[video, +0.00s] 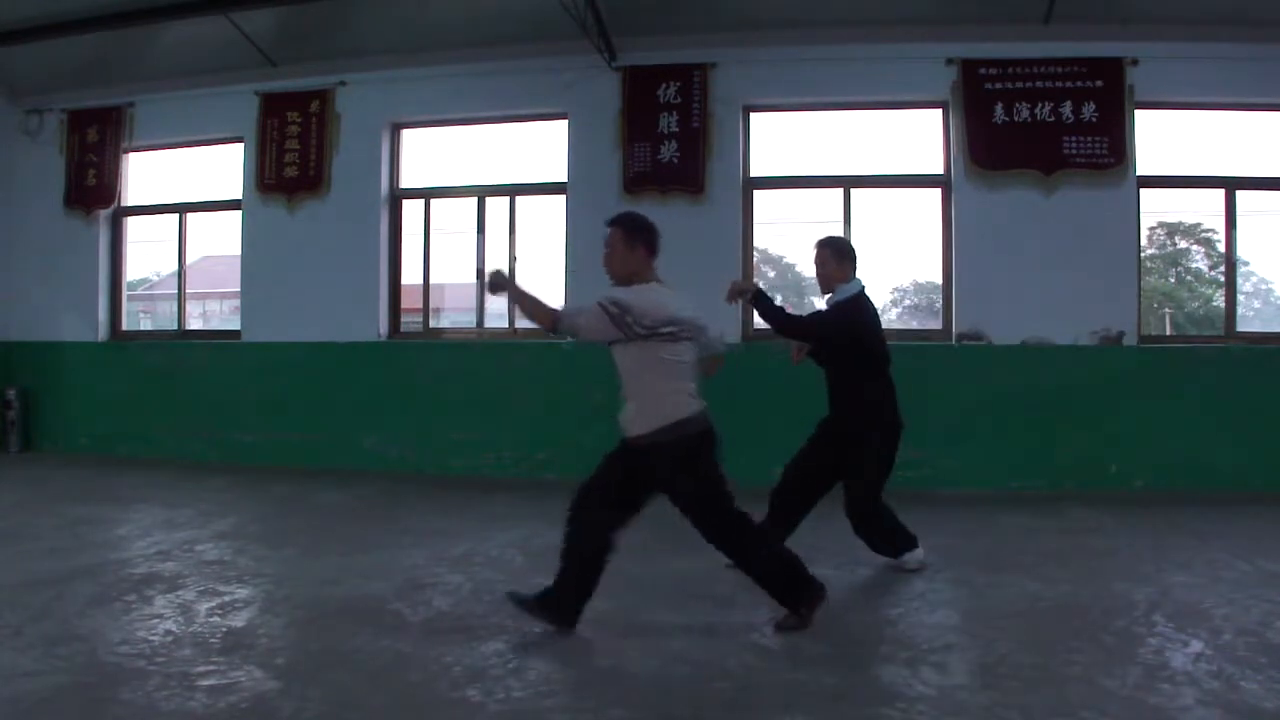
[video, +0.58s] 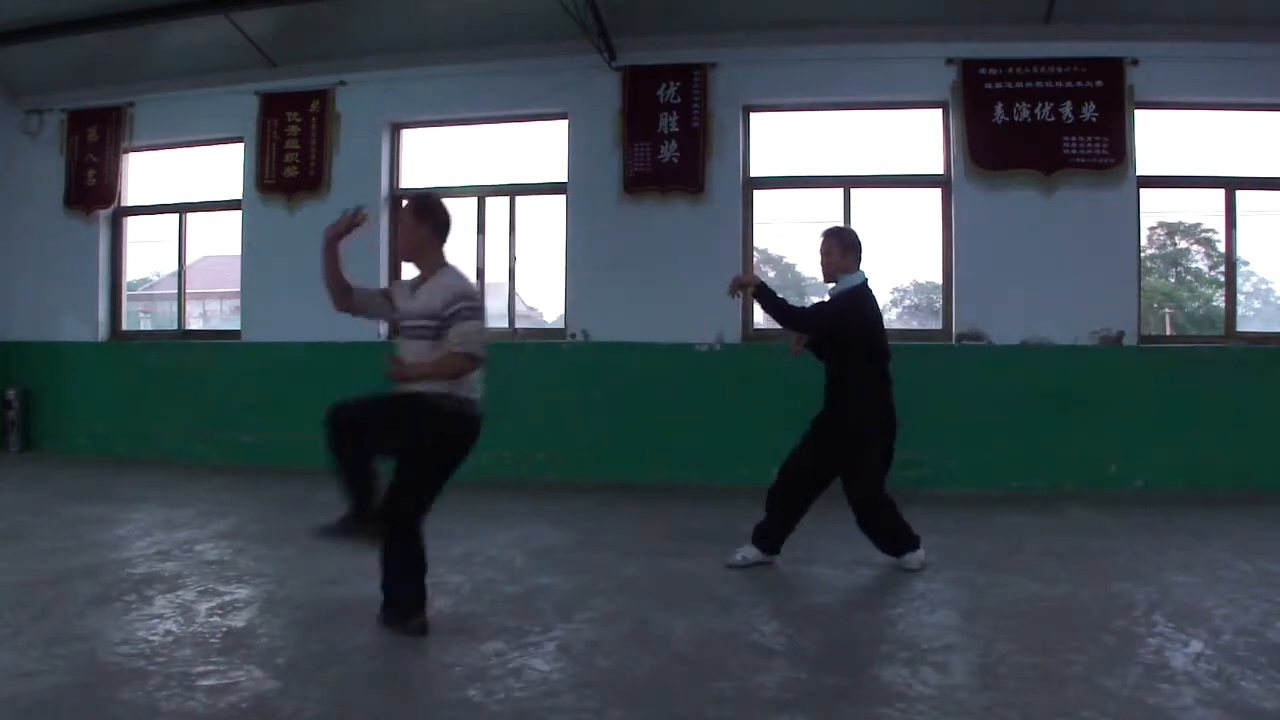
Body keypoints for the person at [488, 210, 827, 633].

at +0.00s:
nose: (604, 257)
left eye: (611, 248)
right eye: (606, 248)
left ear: (639, 252)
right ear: (641, 254)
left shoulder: (629, 304)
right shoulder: (675, 303)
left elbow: (559, 322)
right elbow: (715, 353)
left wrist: (512, 291)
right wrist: (675, 381)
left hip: (656, 440)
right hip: (688, 433)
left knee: (593, 515)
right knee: (723, 523)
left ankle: (563, 605)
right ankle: (803, 593)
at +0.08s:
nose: (567, 246)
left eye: (574, 238)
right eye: (568, 237)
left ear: (598, 244)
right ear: (605, 248)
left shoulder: (580, 295)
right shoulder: (629, 301)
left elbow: (513, 303)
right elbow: (664, 357)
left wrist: (450, 291)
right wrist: (613, 361)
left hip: (602, 436)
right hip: (643, 433)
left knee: (549, 509)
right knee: (654, 530)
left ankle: (549, 613)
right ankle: (748, 568)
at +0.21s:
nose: (527, 231)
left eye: (535, 223)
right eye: (530, 223)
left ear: (558, 229)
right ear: (561, 231)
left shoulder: (575, 280)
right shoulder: (573, 281)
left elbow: (518, 327)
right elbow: (526, 339)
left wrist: (454, 313)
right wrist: (469, 319)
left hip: (579, 414)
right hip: (574, 413)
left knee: (530, 510)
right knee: (538, 509)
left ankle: (545, 614)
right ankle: (593, 589)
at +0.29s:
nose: (490, 216)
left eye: (498, 208)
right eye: (492, 208)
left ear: (523, 213)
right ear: (513, 214)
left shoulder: (558, 268)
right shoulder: (500, 279)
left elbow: (567, 335)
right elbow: (477, 327)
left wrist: (502, 335)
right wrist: (454, 317)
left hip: (558, 388)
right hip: (520, 387)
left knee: (526, 490)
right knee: (446, 408)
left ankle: (545, 606)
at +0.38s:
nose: (461, 209)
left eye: (470, 201)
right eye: (463, 200)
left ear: (497, 210)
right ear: (484, 210)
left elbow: (567, 321)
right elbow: (410, 292)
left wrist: (509, 342)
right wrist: (393, 240)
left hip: (536, 383)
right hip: (498, 381)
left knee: (436, 348)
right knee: (498, 482)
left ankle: (402, 446)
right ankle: (531, 588)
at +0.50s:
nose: (420, 212)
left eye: (428, 204)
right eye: (423, 204)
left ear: (452, 212)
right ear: (447, 214)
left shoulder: (482, 268)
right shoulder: (430, 272)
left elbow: (511, 329)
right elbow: (374, 293)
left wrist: (454, 351)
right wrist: (356, 241)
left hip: (482, 390)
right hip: (439, 383)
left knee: (443, 486)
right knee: (380, 361)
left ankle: (426, 602)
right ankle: (414, 454)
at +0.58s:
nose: (395, 233)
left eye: (402, 224)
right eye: (396, 225)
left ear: (426, 231)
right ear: (416, 231)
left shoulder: (456, 288)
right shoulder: (404, 294)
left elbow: (468, 356)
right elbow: (345, 299)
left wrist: (412, 371)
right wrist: (331, 244)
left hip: (451, 412)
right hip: (413, 408)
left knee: (401, 510)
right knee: (345, 420)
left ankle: (405, 614)